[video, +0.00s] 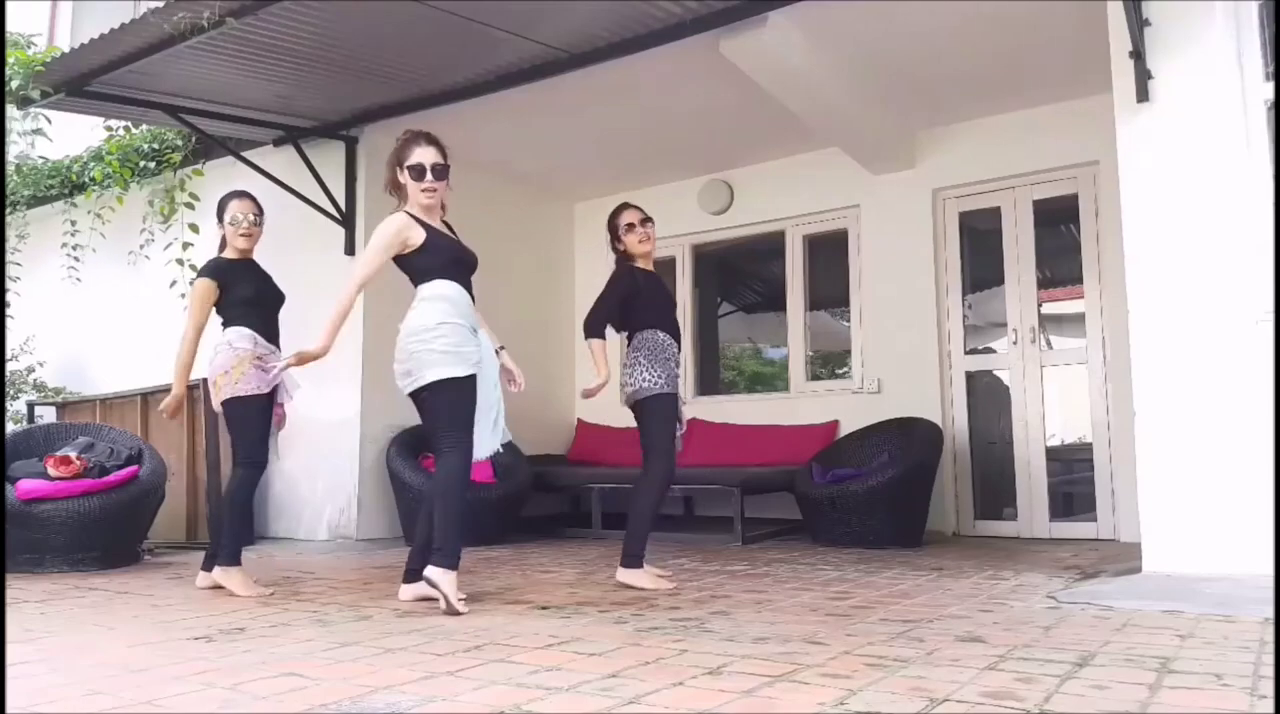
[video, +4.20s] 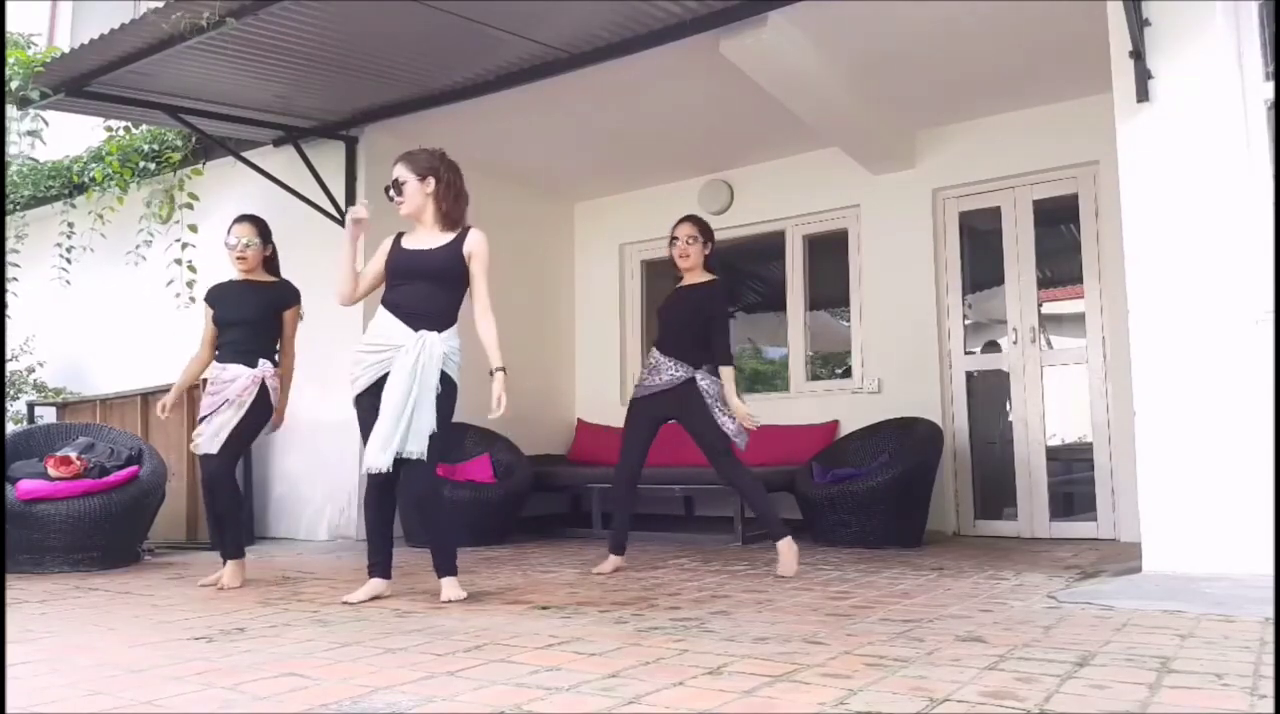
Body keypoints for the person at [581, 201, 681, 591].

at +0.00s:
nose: (641, 230)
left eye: (644, 222)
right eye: (629, 228)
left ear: (654, 229)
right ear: (619, 242)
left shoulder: (654, 277)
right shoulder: (626, 274)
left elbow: (662, 335)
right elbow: (594, 322)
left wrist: (675, 396)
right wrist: (603, 373)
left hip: (663, 375)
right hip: (647, 375)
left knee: (661, 470)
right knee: (657, 469)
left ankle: (636, 561)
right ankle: (630, 565)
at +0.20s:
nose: (641, 233)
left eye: (645, 226)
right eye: (630, 231)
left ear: (654, 232)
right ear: (619, 244)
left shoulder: (644, 282)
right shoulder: (630, 279)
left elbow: (652, 350)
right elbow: (632, 327)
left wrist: (681, 402)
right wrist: (650, 365)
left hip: (646, 377)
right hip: (635, 377)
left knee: (662, 466)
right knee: (661, 466)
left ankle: (636, 559)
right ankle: (633, 565)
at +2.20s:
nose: (640, 237)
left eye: (643, 229)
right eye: (629, 235)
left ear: (654, 234)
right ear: (621, 247)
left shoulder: (662, 287)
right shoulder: (626, 277)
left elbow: (667, 349)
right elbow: (587, 319)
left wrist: (684, 396)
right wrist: (594, 367)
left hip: (665, 382)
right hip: (644, 380)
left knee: (667, 469)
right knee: (655, 467)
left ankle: (634, 552)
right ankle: (622, 560)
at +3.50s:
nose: (638, 263)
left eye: (646, 257)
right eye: (631, 257)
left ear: (657, 265)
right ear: (623, 264)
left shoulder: (668, 312)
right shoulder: (610, 300)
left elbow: (685, 364)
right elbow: (598, 350)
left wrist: (716, 409)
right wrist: (614, 360)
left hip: (670, 398)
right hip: (631, 398)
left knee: (662, 479)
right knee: (601, 467)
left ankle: (659, 556)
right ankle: (595, 558)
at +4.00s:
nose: (655, 261)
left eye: (663, 255)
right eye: (648, 254)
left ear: (676, 261)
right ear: (641, 261)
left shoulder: (688, 302)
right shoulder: (645, 303)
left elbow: (711, 355)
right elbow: (635, 350)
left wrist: (738, 400)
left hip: (651, 400)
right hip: (618, 396)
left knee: (659, 487)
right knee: (605, 478)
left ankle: (714, 546)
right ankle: (614, 555)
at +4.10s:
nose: (666, 253)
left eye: (675, 247)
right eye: (660, 247)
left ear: (689, 254)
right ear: (654, 254)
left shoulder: (699, 296)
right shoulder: (658, 298)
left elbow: (719, 353)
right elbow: (645, 344)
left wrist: (744, 400)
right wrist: (630, 375)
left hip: (662, 394)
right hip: (627, 394)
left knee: (689, 476)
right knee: (614, 476)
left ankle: (741, 543)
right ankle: (615, 555)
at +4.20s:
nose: (682, 247)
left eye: (691, 241)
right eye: (676, 241)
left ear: (706, 247)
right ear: (670, 248)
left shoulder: (715, 287)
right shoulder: (676, 291)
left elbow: (721, 344)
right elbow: (669, 343)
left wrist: (732, 398)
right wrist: (648, 385)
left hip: (690, 387)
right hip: (651, 386)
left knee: (728, 467)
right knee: (627, 469)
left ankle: (783, 540)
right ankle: (616, 552)